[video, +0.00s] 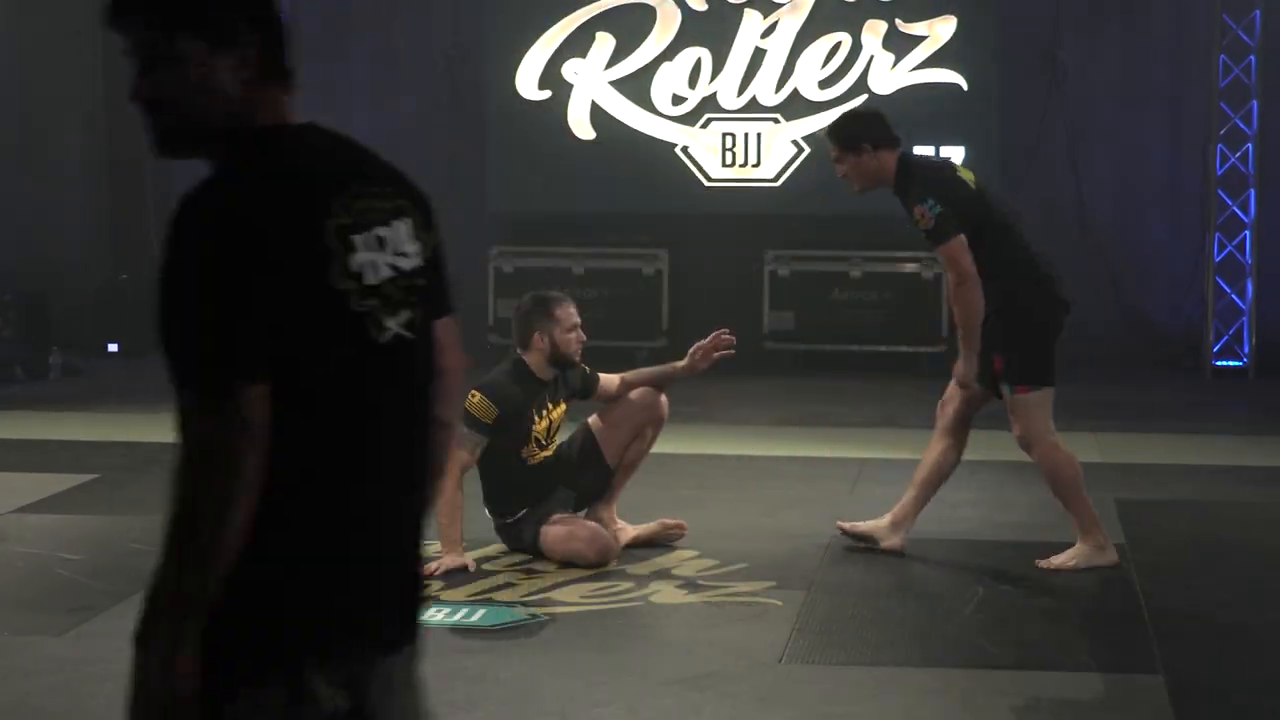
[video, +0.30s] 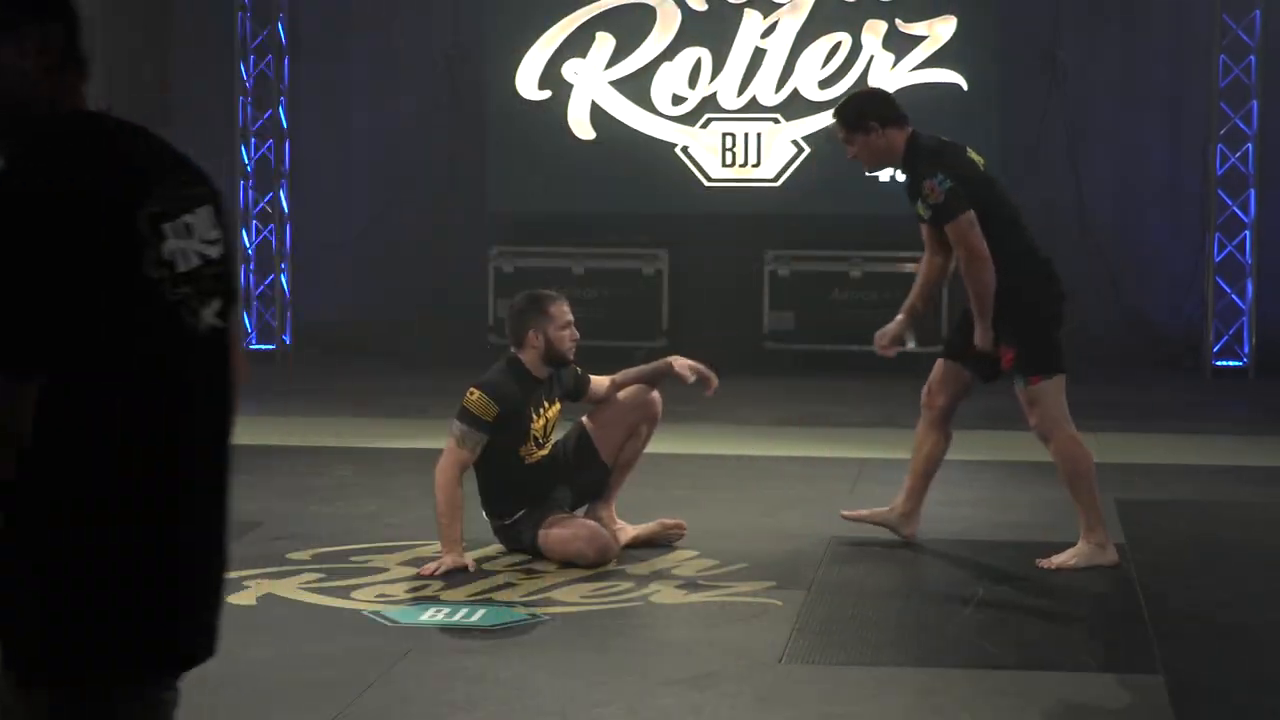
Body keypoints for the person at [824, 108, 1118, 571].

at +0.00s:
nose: (838, 172)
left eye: (841, 160)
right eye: (835, 161)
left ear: (871, 151)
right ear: (875, 152)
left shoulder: (922, 187)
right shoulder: (920, 178)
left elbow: (965, 276)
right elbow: (963, 269)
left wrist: (968, 358)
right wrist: (966, 348)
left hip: (1027, 308)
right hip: (1002, 306)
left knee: (1033, 433)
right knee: (952, 416)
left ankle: (1096, 542)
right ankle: (896, 525)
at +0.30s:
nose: (850, 154)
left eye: (851, 142)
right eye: (846, 144)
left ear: (878, 131)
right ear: (880, 131)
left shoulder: (933, 166)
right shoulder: (919, 170)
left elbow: (975, 252)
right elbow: (935, 253)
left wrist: (983, 326)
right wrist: (904, 317)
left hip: (1027, 297)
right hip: (990, 297)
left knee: (1050, 420)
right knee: (937, 399)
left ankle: (1097, 540)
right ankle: (905, 513)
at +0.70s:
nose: (759, 190)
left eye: (760, 179)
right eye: (755, 182)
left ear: (790, 166)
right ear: (789, 167)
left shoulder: (849, 186)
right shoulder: (819, 213)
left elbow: (906, 255)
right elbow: (798, 294)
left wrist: (898, 331)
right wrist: (731, 334)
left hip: (954, 291)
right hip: (918, 297)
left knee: (924, 408)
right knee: (867, 393)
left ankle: (1005, 511)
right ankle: (874, 515)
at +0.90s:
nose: (730, 217)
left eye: (732, 206)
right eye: (726, 209)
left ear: (762, 190)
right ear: (757, 194)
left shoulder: (821, 203)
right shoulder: (781, 227)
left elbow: (880, 273)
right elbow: (736, 291)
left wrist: (855, 347)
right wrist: (658, 315)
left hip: (936, 286)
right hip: (903, 288)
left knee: (879, 396)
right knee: (857, 393)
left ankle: (873, 527)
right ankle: (872, 516)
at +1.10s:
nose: (710, 229)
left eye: (713, 218)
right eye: (705, 221)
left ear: (742, 201)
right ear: (741, 201)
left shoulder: (798, 218)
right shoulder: (766, 228)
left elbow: (837, 304)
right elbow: (750, 297)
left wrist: (813, 383)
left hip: (921, 284)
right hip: (896, 286)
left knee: (864, 397)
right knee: (853, 394)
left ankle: (862, 532)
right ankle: (873, 516)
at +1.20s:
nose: (702, 237)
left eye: (703, 226)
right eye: (696, 229)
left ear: (730, 209)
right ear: (731, 208)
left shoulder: (790, 220)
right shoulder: (766, 229)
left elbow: (828, 312)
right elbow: (784, 306)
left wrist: (810, 392)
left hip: (915, 281)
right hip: (893, 282)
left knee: (863, 400)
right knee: (860, 396)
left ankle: (863, 533)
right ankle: (875, 518)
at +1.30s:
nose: (698, 254)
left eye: (698, 243)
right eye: (692, 246)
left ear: (723, 225)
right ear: (725, 223)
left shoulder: (783, 234)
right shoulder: (764, 237)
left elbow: (829, 321)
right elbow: (796, 318)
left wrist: (821, 397)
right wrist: (811, 396)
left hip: (911, 283)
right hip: (887, 283)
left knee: (856, 402)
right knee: (845, 396)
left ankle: (864, 534)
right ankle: (868, 510)